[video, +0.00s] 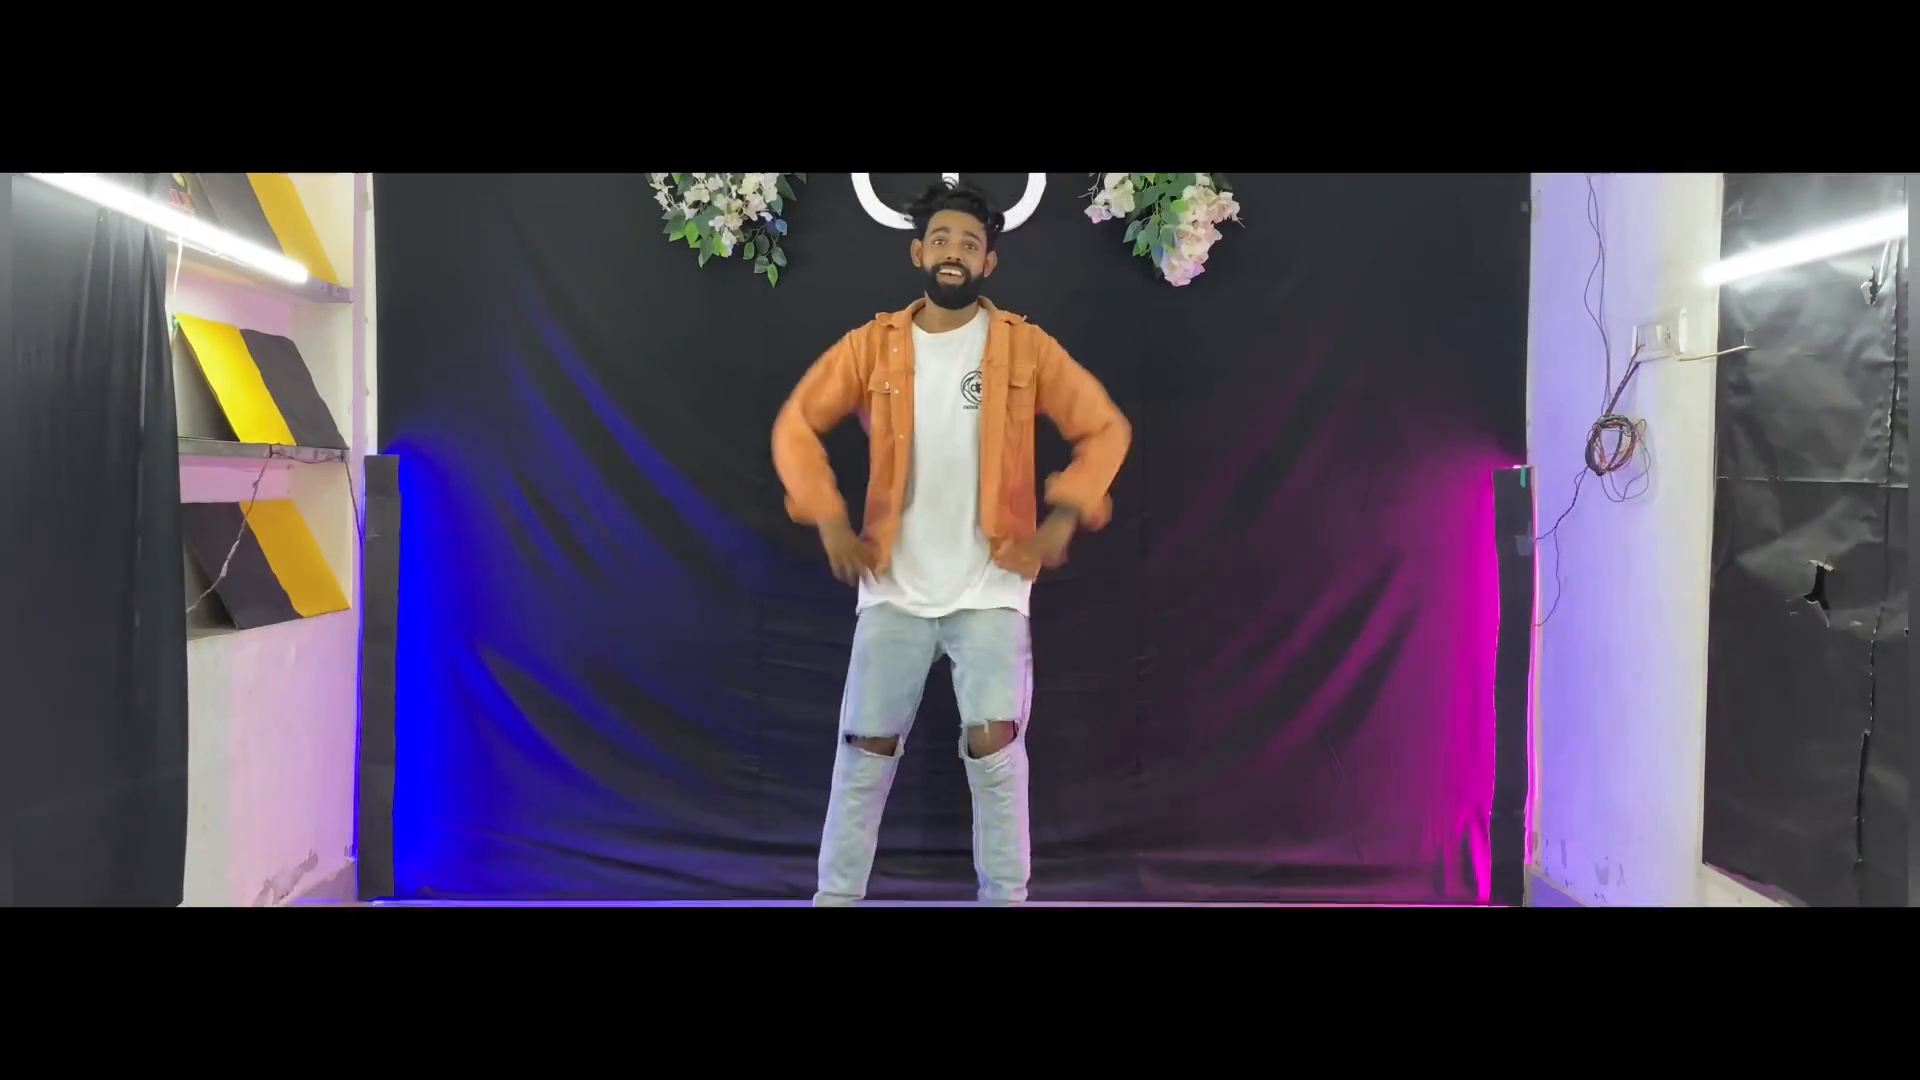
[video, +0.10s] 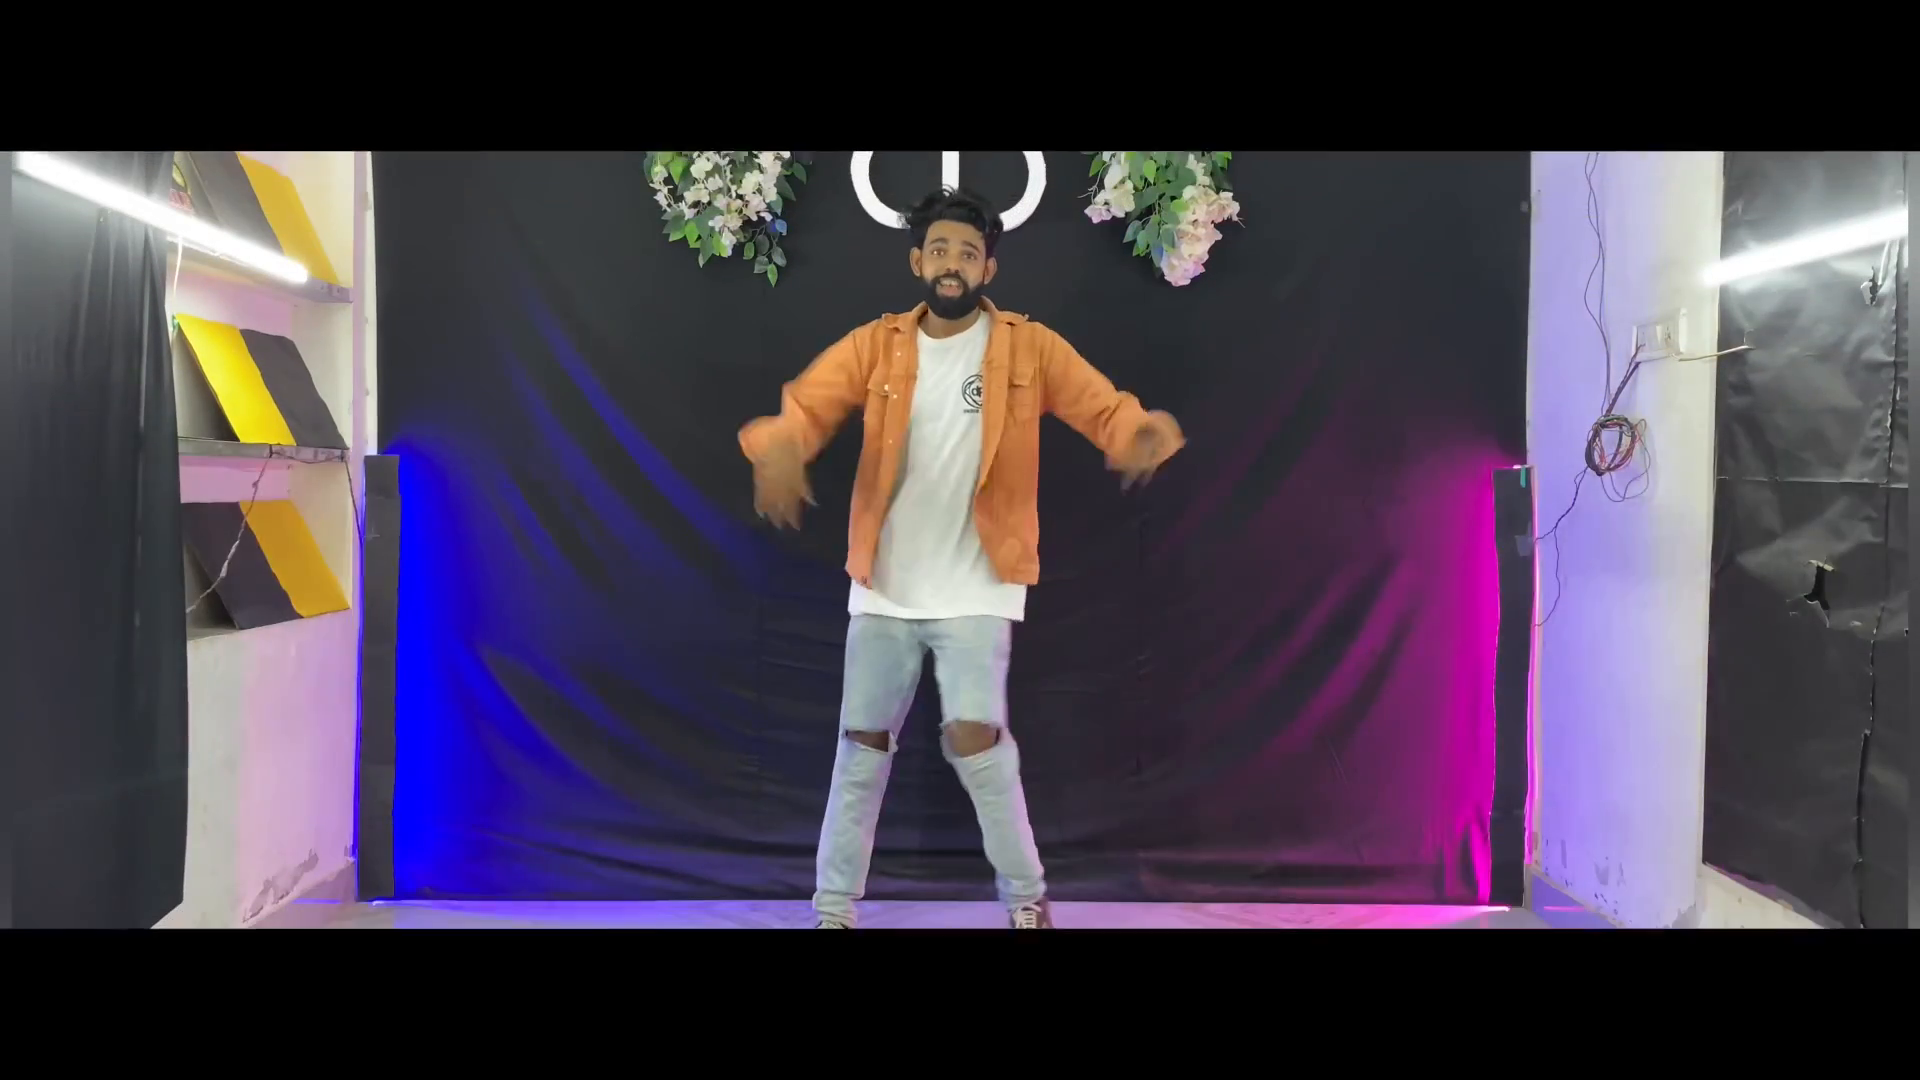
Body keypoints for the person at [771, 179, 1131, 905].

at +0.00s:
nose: (952, 253)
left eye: (969, 242)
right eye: (939, 239)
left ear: (989, 262)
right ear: (917, 252)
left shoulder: (1026, 346)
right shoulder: (873, 344)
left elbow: (1107, 429)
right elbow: (794, 425)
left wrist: (1063, 513)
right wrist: (830, 519)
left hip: (992, 583)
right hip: (894, 582)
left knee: (995, 752)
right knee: (866, 752)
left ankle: (1003, 903)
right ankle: (834, 900)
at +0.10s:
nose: (950, 262)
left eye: (966, 250)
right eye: (937, 248)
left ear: (990, 266)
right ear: (916, 260)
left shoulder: (1030, 347)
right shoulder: (875, 345)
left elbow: (1103, 409)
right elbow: (806, 407)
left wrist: (1144, 435)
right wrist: (777, 453)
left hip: (979, 588)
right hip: (885, 584)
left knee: (976, 742)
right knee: (862, 747)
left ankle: (1026, 906)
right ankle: (833, 912)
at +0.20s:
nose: (959, 281)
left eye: (975, 267)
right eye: (946, 266)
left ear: (999, 277)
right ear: (924, 274)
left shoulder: (1033, 350)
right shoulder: (897, 354)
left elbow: (1085, 425)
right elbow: (871, 454)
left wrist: (1136, 362)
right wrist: (831, 399)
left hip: (971, 589)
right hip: (882, 580)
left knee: (950, 763)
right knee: (855, 751)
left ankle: (1042, 910)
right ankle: (829, 916)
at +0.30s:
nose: (963, 288)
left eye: (977, 273)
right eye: (954, 276)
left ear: (1014, 276)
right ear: (942, 285)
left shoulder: (1050, 347)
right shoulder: (926, 351)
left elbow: (1098, 373)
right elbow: (930, 430)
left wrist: (1042, 324)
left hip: (995, 583)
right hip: (910, 578)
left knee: (986, 757)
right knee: (867, 744)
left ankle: (1048, 913)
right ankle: (847, 912)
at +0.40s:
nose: (993, 291)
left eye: (1009, 278)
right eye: (981, 277)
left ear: (1034, 286)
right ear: (960, 284)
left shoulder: (1059, 347)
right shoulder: (941, 343)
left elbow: (1137, 311)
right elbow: (911, 401)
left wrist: (1057, 304)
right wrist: (986, 355)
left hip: (1029, 577)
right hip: (943, 570)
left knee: (1035, 734)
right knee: (876, 685)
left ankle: (1052, 912)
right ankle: (917, 871)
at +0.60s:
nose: (1018, 290)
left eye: (1030, 276)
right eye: (1002, 277)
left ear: (1046, 284)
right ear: (973, 286)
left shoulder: (1080, 327)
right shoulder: (932, 364)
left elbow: (1164, 294)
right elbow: (827, 373)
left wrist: (1141, 264)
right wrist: (889, 317)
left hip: (1088, 571)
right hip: (997, 579)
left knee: (1107, 728)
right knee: (971, 720)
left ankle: (1085, 908)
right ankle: (1015, 899)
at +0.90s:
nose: (1008, 297)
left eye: (1021, 283)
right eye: (992, 283)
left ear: (1039, 290)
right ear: (965, 290)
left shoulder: (1076, 356)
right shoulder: (933, 375)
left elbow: (1174, 405)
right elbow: (826, 419)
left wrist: (1134, 348)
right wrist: (894, 376)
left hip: (1094, 579)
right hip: (1010, 598)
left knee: (1137, 715)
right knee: (1048, 750)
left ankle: (1095, 895)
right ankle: (1005, 913)